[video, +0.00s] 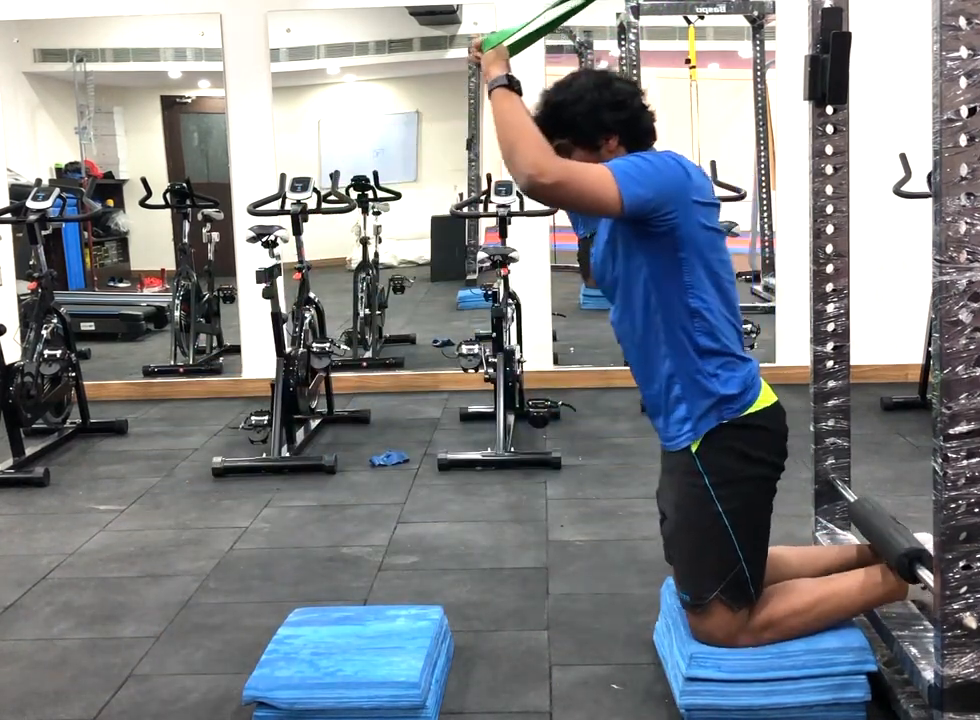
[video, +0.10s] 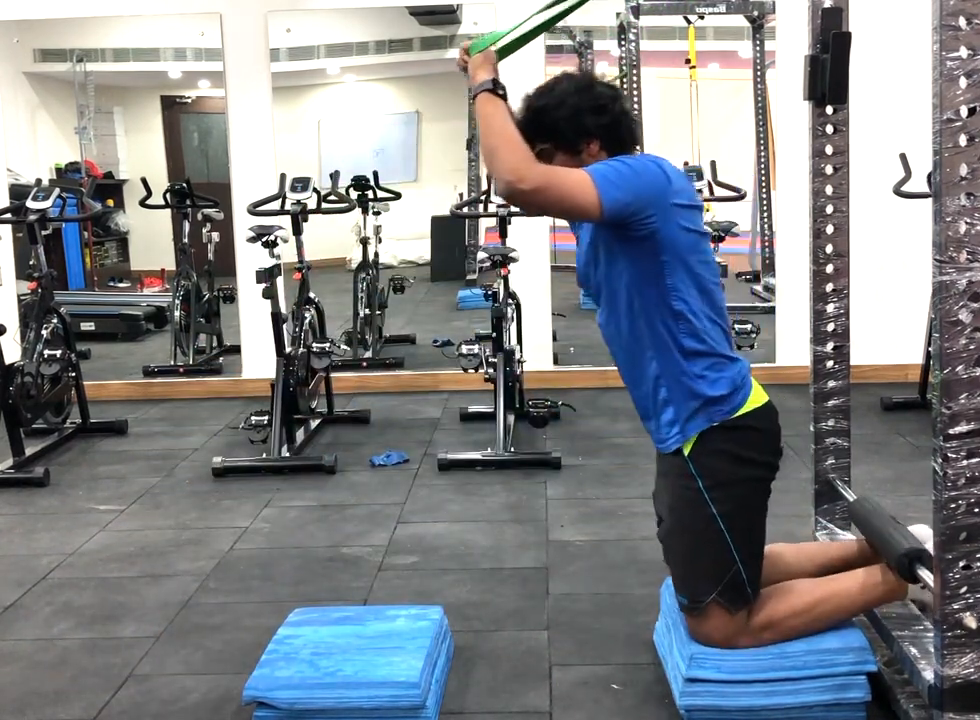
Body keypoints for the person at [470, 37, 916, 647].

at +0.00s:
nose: (565, 165)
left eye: (572, 152)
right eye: (559, 154)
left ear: (608, 142)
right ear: (604, 150)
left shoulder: (666, 177)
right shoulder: (630, 198)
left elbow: (541, 174)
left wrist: (497, 79)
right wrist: (502, 88)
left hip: (725, 429)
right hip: (693, 429)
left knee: (723, 622)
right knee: (709, 578)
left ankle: (909, 578)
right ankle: (869, 553)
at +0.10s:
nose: (547, 176)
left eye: (548, 161)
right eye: (541, 163)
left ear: (582, 145)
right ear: (591, 146)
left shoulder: (644, 180)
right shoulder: (620, 197)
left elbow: (520, 181)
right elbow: (525, 190)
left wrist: (482, 85)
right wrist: (487, 92)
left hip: (718, 432)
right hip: (689, 432)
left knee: (721, 623)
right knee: (709, 578)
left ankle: (903, 579)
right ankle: (867, 548)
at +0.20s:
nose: (525, 179)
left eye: (527, 166)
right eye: (521, 166)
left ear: (560, 152)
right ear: (574, 149)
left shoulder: (623, 183)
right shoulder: (605, 199)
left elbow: (499, 186)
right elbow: (507, 192)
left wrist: (466, 91)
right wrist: (475, 98)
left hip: (710, 432)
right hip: (685, 432)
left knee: (720, 624)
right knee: (716, 577)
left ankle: (907, 576)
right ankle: (866, 549)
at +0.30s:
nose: (504, 188)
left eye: (507, 172)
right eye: (499, 173)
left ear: (544, 161)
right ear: (553, 157)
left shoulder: (601, 187)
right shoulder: (584, 201)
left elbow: (472, 190)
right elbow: (480, 192)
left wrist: (448, 96)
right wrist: (459, 102)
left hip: (703, 433)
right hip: (677, 433)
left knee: (721, 626)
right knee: (713, 579)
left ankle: (902, 576)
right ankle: (866, 547)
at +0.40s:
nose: (479, 198)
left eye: (483, 182)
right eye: (475, 182)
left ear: (516, 170)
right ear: (532, 160)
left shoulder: (575, 195)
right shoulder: (556, 218)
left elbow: (453, 197)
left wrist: (435, 104)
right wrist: (446, 113)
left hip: (696, 433)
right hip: (670, 436)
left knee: (722, 626)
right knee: (716, 578)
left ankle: (901, 574)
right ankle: (870, 546)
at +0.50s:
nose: (457, 205)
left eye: (458, 193)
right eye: (450, 193)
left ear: (484, 185)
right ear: (510, 159)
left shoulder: (550, 203)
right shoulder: (538, 216)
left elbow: (433, 207)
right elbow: (443, 206)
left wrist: (419, 115)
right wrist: (430, 120)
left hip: (687, 435)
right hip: (670, 433)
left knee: (723, 627)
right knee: (715, 580)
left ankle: (901, 576)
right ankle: (871, 542)